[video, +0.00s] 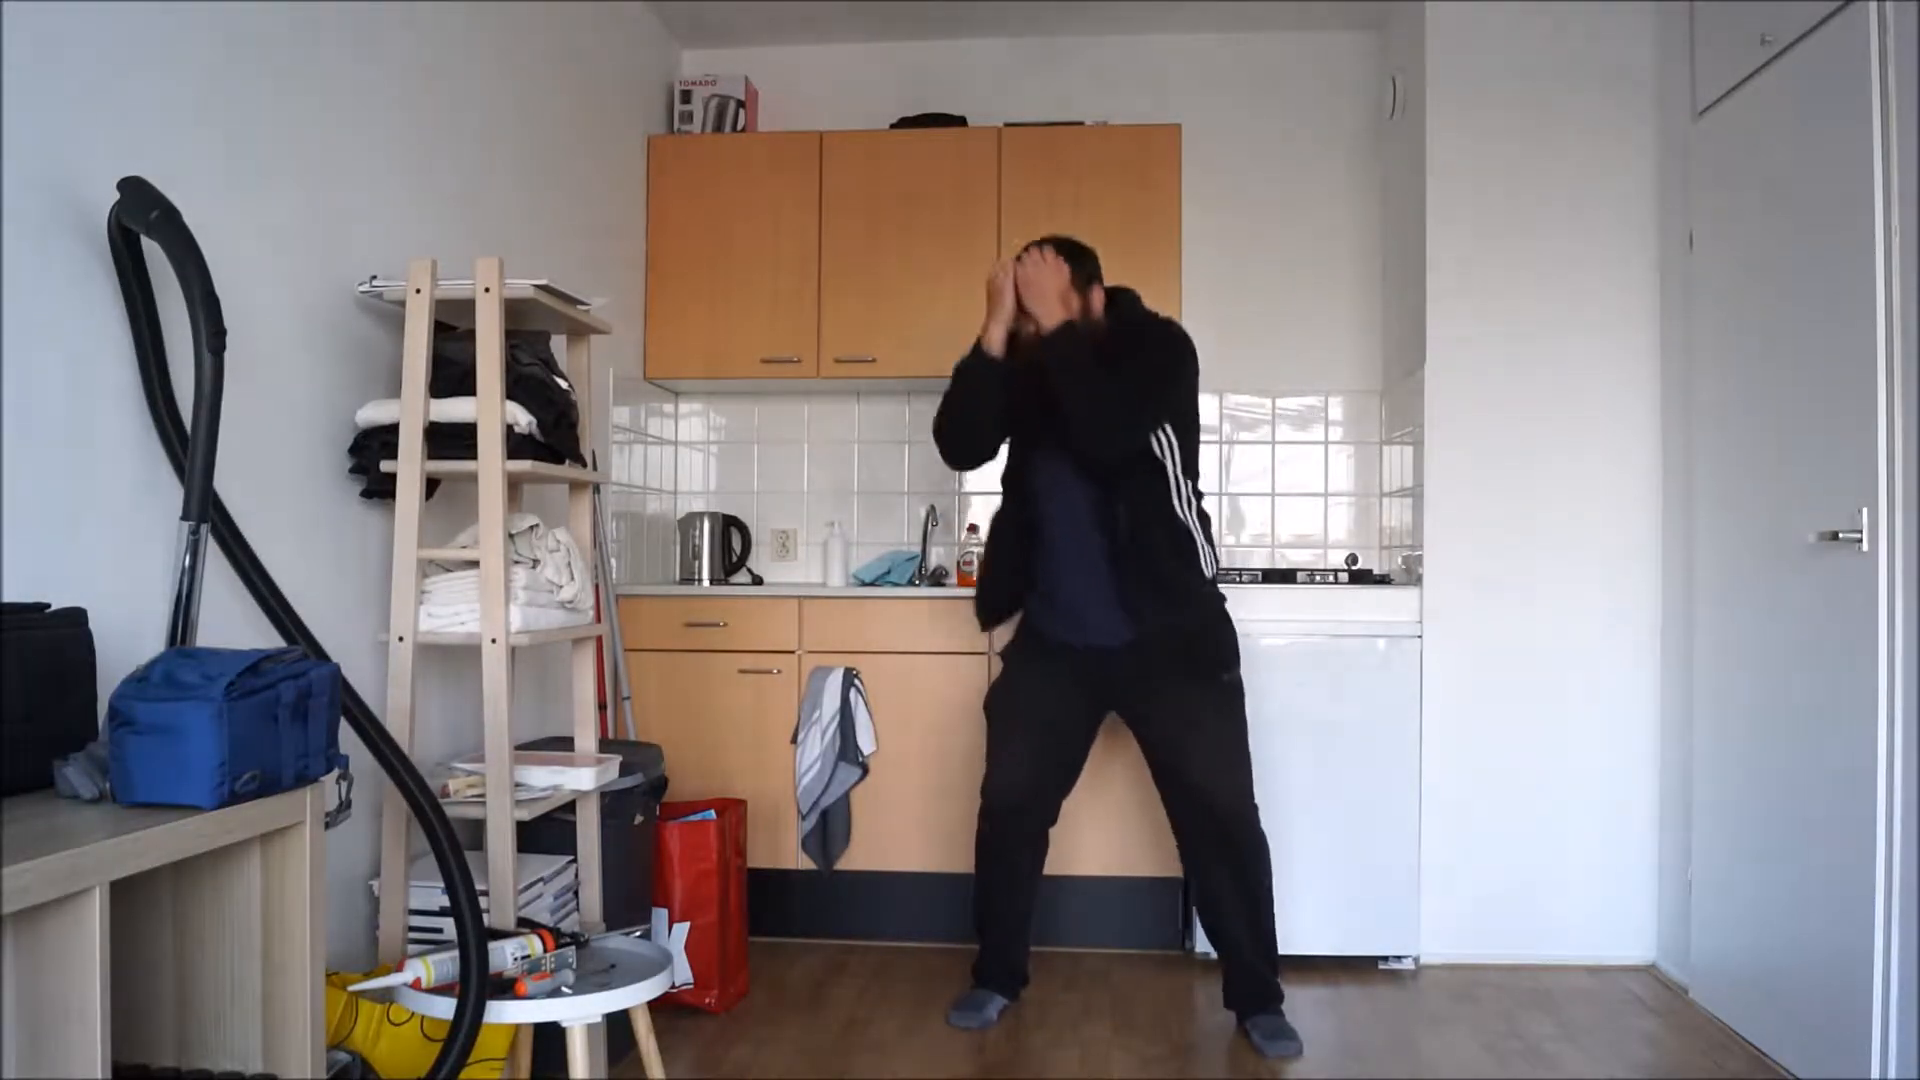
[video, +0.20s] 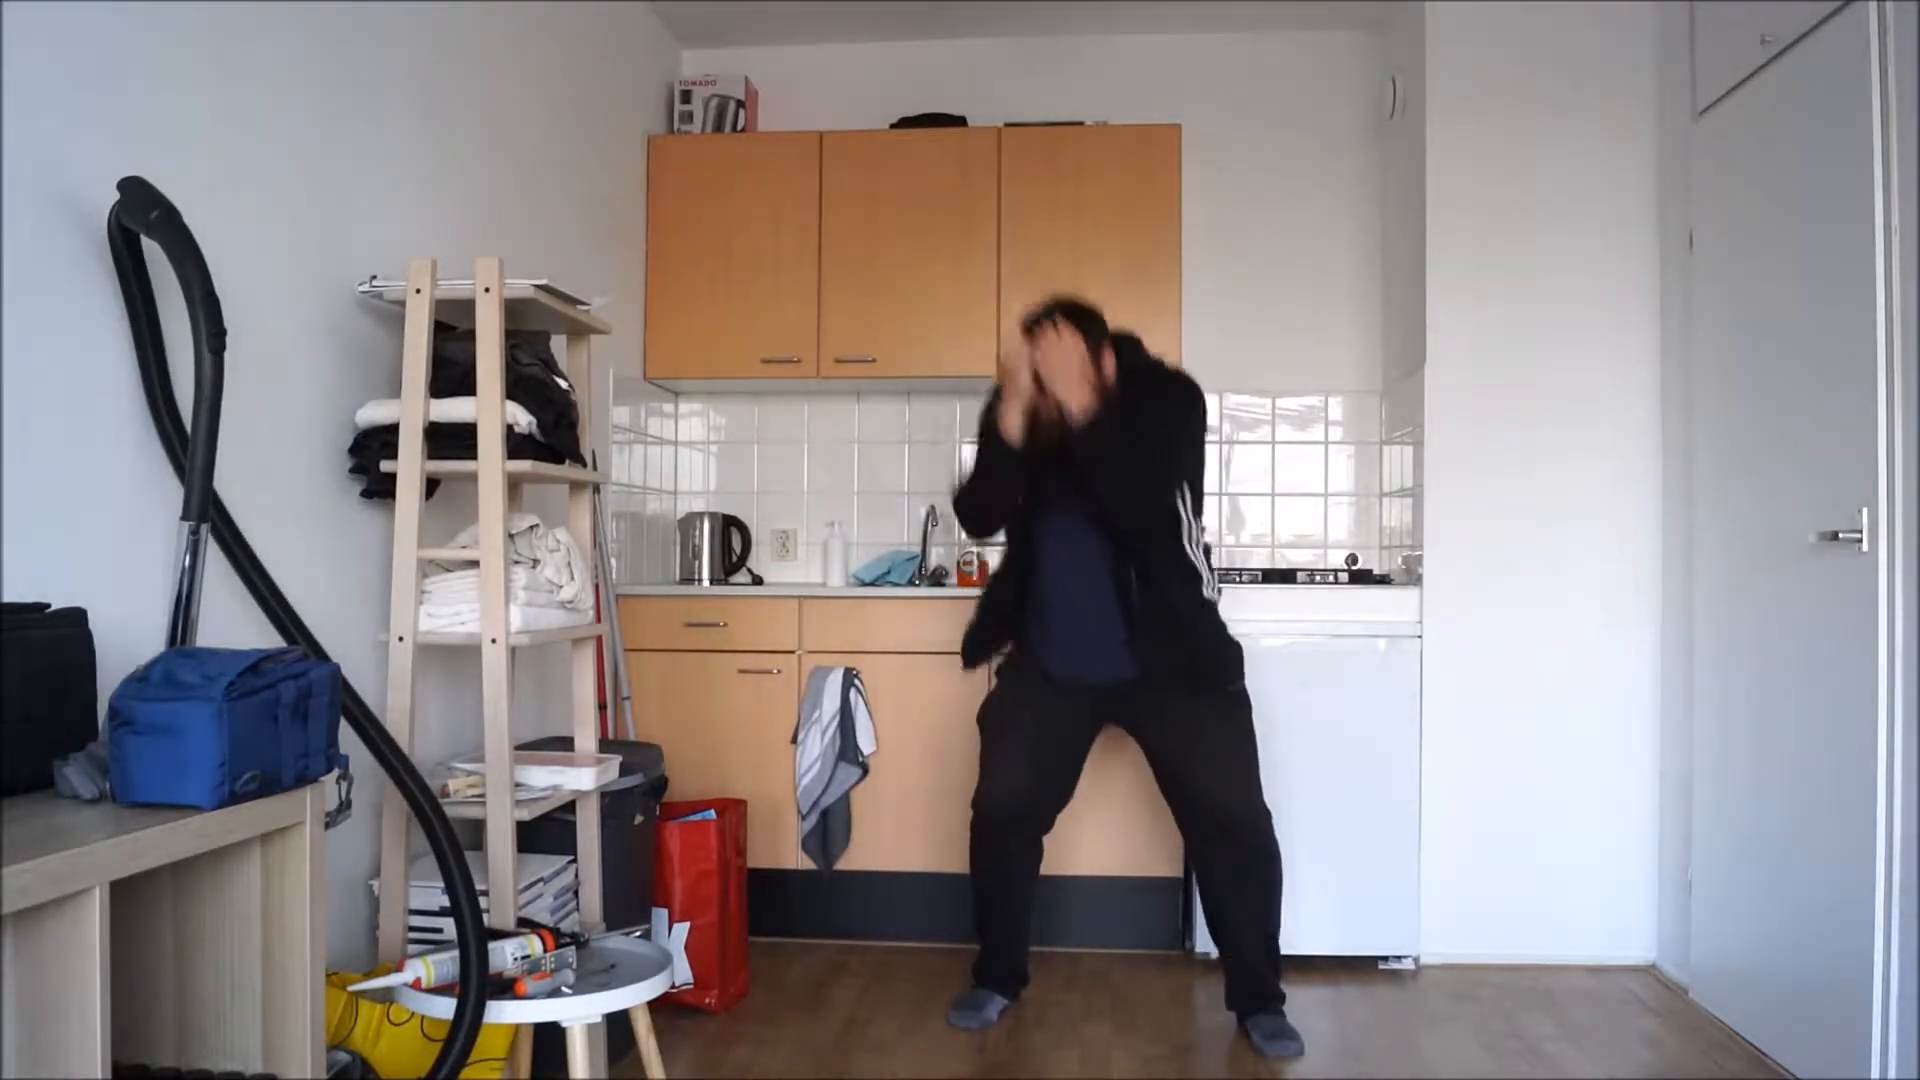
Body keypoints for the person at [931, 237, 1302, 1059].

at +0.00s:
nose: (1026, 298)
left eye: (1039, 283)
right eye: (1017, 287)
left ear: (1087, 293)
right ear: (1019, 304)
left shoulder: (1157, 344)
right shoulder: (1025, 362)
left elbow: (1112, 435)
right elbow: (959, 446)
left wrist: (1056, 328)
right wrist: (991, 338)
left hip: (1170, 633)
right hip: (1056, 635)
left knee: (1222, 818)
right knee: (1011, 803)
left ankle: (1258, 1000)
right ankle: (997, 979)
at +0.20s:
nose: (1043, 372)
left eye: (1054, 357)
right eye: (1032, 362)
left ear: (1099, 353)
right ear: (1025, 370)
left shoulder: (1165, 397)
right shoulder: (1019, 416)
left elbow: (1142, 502)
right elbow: (978, 517)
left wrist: (1085, 409)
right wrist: (1010, 421)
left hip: (1170, 661)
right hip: (1051, 664)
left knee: (1233, 821)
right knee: (1003, 811)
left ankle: (1259, 1000)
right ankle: (998, 978)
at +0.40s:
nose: (1156, 442)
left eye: (1170, 431)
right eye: (1141, 430)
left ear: (1191, 417)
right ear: (1113, 414)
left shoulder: (1220, 441)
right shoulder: (1064, 440)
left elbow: (1234, 571)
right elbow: (1070, 562)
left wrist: (1201, 474)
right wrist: (1123, 476)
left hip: (1180, 681)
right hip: (1060, 683)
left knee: (1255, 832)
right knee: (1015, 832)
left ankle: (1261, 1004)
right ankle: (997, 978)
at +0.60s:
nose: (1217, 352)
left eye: (1231, 341)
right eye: (1204, 336)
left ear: (1244, 345)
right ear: (1175, 329)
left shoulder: (1252, 402)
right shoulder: (1118, 373)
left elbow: (1295, 485)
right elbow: (1124, 469)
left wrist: (1267, 374)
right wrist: (1185, 374)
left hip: (1211, 657)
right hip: (1094, 652)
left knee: (1262, 826)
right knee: (1034, 816)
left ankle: (1260, 1004)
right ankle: (1001, 978)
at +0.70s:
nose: (1225, 301)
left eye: (1239, 288)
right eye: (1213, 283)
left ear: (1260, 295)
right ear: (1181, 285)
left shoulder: (1281, 359)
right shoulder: (1130, 340)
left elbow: (1296, 441)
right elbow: (1117, 425)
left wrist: (1265, 323)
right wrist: (1183, 316)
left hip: (1235, 639)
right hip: (1118, 630)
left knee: (1262, 817)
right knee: (1066, 789)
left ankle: (1260, 1001)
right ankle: (1073, 961)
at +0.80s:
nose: (1206, 287)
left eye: (1223, 273)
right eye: (1195, 272)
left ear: (1249, 281)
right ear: (1177, 277)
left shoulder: (1289, 345)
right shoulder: (1134, 336)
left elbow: (1282, 419)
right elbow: (1103, 414)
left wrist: (1247, 308)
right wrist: (1164, 308)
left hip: (1247, 636)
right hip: (1132, 626)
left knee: (1262, 823)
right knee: (1090, 779)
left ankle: (1258, 1000)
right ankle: (1163, 934)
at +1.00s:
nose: (1123, 285)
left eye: (1137, 269)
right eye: (1120, 277)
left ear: (1197, 280)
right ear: (1129, 296)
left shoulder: (1270, 341)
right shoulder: (1138, 358)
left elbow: (1213, 405)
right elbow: (1078, 440)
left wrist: (1163, 321)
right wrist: (1100, 331)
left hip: (1256, 628)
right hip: (1167, 630)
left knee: (1228, 809)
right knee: (1159, 800)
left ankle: (1267, 997)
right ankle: (1237, 959)